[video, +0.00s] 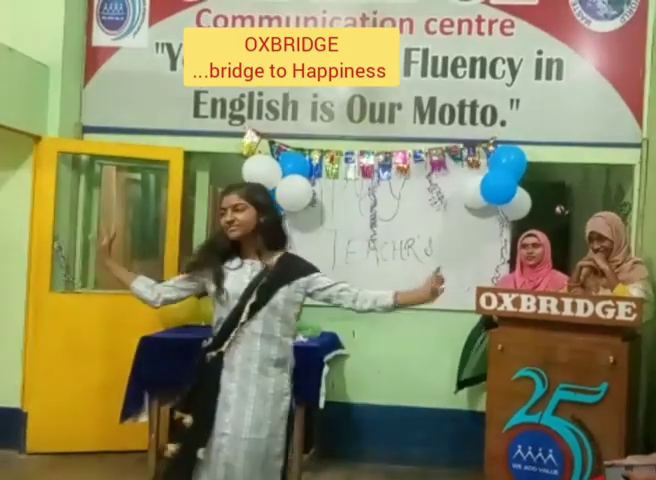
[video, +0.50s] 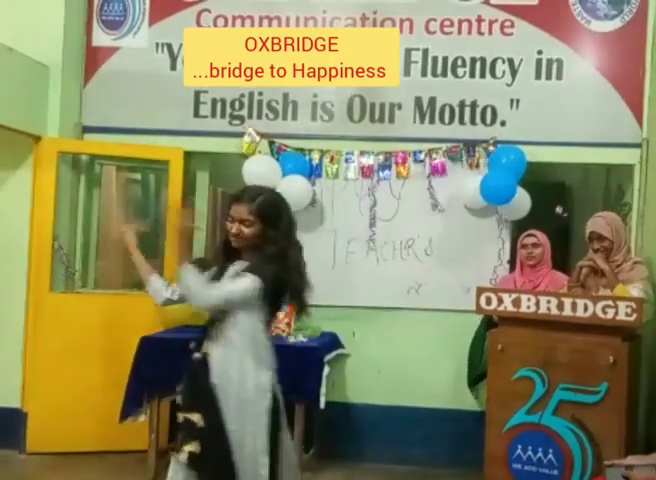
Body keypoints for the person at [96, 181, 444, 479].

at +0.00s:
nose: (228, 218)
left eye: (237, 210)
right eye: (223, 212)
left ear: (261, 214)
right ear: (221, 220)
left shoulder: (293, 269)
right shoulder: (220, 270)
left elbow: (353, 297)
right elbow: (157, 294)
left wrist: (420, 295)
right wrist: (108, 264)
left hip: (269, 382)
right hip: (223, 379)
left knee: (256, 461)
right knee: (217, 461)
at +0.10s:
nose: (234, 218)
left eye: (243, 211)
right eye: (230, 212)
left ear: (267, 217)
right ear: (228, 219)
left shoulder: (295, 270)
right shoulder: (224, 266)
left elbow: (354, 299)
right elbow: (170, 296)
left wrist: (422, 301)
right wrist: (119, 264)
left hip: (270, 383)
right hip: (224, 379)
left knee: (260, 464)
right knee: (221, 462)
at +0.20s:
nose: (238, 223)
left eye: (247, 217)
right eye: (235, 216)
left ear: (272, 222)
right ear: (232, 221)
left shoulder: (296, 276)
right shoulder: (227, 267)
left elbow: (354, 308)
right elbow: (182, 301)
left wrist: (405, 297)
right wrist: (149, 270)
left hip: (268, 386)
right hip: (221, 380)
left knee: (257, 465)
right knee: (216, 461)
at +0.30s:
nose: (239, 229)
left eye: (250, 222)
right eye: (236, 221)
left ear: (274, 227)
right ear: (231, 222)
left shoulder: (293, 278)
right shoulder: (227, 271)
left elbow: (327, 326)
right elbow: (182, 307)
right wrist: (154, 270)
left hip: (270, 384)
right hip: (224, 380)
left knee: (264, 465)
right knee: (219, 462)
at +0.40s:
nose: (240, 234)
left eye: (251, 227)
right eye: (236, 225)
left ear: (277, 229)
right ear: (231, 226)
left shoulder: (292, 281)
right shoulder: (226, 273)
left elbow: (274, 312)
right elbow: (169, 302)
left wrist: (275, 266)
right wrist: (145, 261)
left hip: (265, 390)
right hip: (220, 385)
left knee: (259, 469)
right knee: (209, 465)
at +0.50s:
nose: (234, 229)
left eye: (245, 223)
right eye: (231, 220)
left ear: (268, 229)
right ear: (225, 219)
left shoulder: (267, 273)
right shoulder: (229, 267)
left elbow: (206, 298)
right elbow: (169, 296)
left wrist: (186, 267)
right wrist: (133, 249)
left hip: (245, 379)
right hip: (213, 374)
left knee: (241, 463)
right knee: (203, 459)